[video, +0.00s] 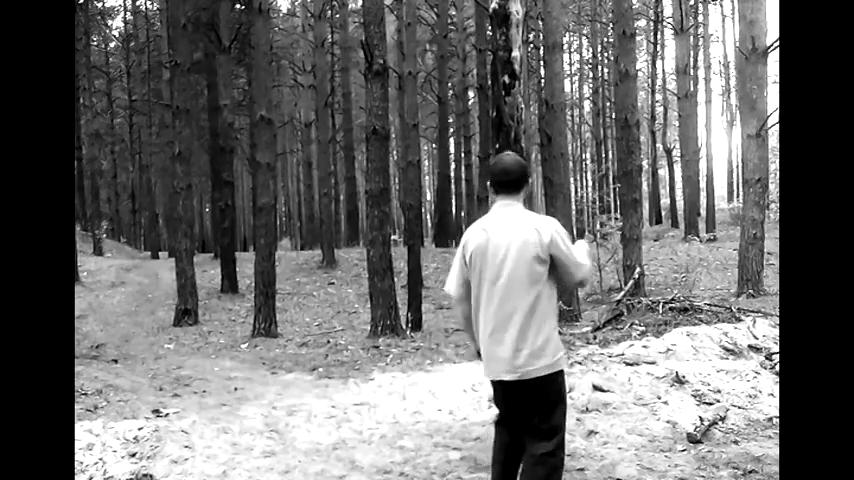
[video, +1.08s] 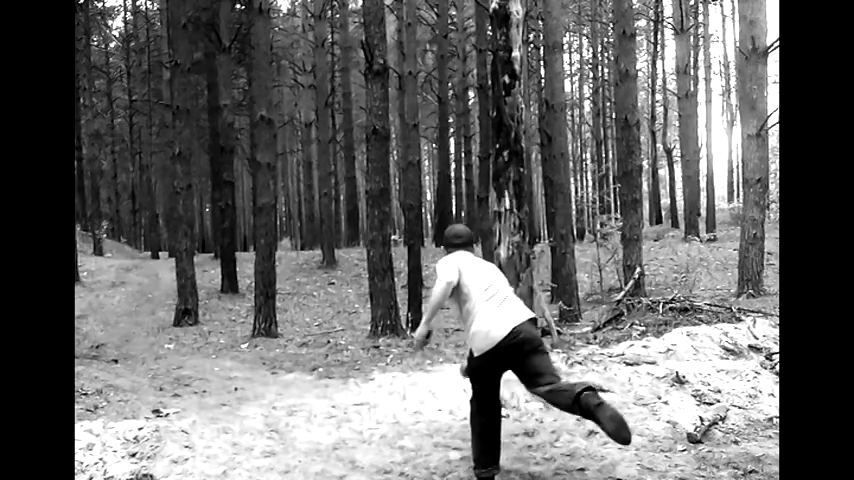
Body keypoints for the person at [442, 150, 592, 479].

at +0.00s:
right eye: (527, 182)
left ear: (489, 187)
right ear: (527, 185)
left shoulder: (473, 234)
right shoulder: (544, 228)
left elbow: (459, 298)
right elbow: (576, 274)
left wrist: (475, 341)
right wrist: (582, 249)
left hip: (496, 357)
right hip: (539, 356)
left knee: (508, 430)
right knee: (547, 442)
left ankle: (502, 477)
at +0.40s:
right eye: (536, 192)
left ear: (496, 199)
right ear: (533, 197)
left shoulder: (485, 241)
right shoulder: (533, 239)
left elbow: (482, 300)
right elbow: (597, 251)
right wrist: (611, 202)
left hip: (495, 359)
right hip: (530, 363)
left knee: (506, 414)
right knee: (554, 439)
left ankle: (498, 472)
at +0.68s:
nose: (513, 218)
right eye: (512, 214)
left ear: (478, 222)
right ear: (510, 220)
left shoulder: (464, 265)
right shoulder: (521, 258)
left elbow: (452, 313)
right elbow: (577, 260)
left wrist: (484, 322)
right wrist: (564, 221)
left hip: (479, 367)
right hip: (517, 367)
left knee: (491, 411)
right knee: (533, 436)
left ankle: (481, 473)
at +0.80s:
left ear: (458, 235)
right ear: (489, 230)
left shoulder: (455, 269)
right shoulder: (511, 258)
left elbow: (433, 317)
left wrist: (453, 337)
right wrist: (533, 227)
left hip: (479, 355)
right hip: (519, 348)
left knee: (479, 412)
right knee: (528, 418)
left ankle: (481, 473)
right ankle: (529, 475)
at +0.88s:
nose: (451, 246)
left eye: (451, 241)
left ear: (452, 242)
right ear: (479, 239)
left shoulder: (456, 262)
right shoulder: (492, 263)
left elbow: (447, 299)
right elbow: (493, 311)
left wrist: (437, 336)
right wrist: (469, 349)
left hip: (488, 339)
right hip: (524, 331)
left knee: (483, 405)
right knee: (531, 400)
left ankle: (478, 469)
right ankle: (530, 467)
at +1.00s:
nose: (445, 253)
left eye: (446, 249)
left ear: (448, 249)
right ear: (476, 247)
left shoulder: (451, 263)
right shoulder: (490, 269)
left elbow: (449, 285)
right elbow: (487, 325)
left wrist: (430, 327)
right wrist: (463, 370)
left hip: (488, 342)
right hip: (521, 329)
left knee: (484, 404)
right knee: (540, 385)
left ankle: (483, 469)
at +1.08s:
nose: (443, 253)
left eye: (444, 248)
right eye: (446, 247)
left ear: (447, 248)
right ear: (472, 246)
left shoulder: (449, 262)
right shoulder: (488, 267)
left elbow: (442, 287)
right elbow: (489, 317)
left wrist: (423, 326)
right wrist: (473, 360)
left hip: (488, 340)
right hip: (522, 328)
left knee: (484, 405)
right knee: (549, 384)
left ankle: (485, 469)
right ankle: (587, 400)